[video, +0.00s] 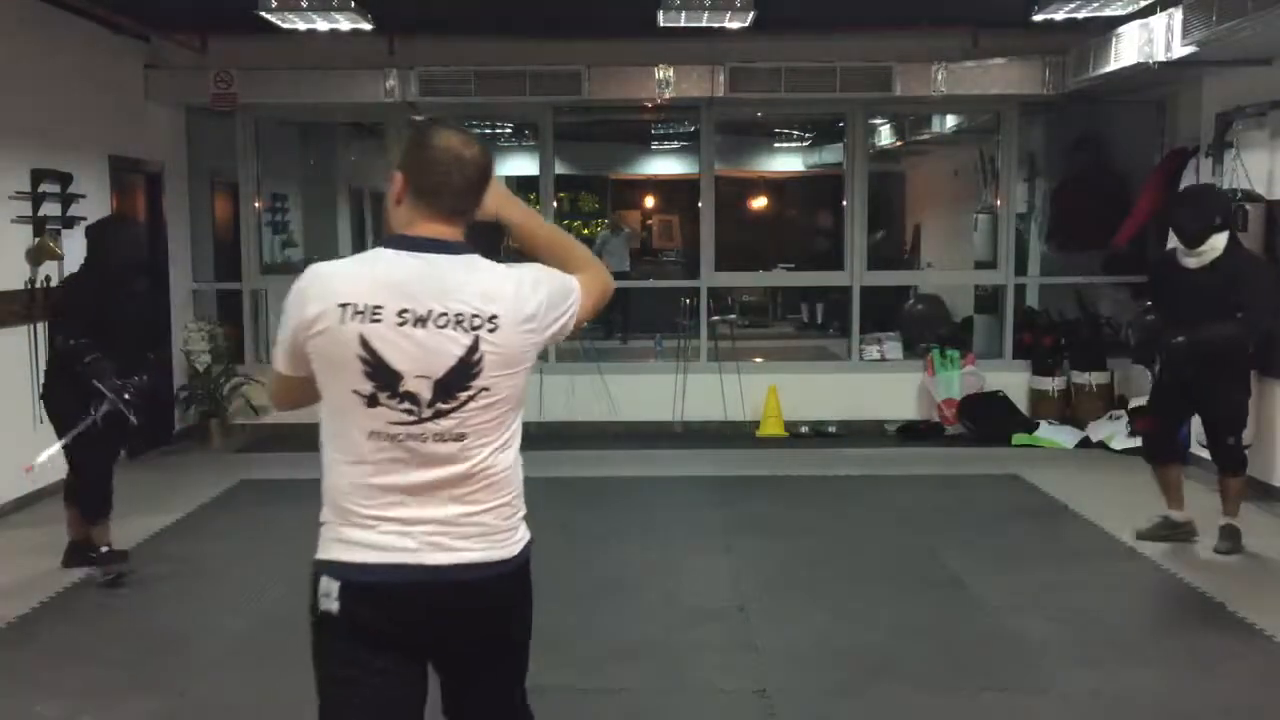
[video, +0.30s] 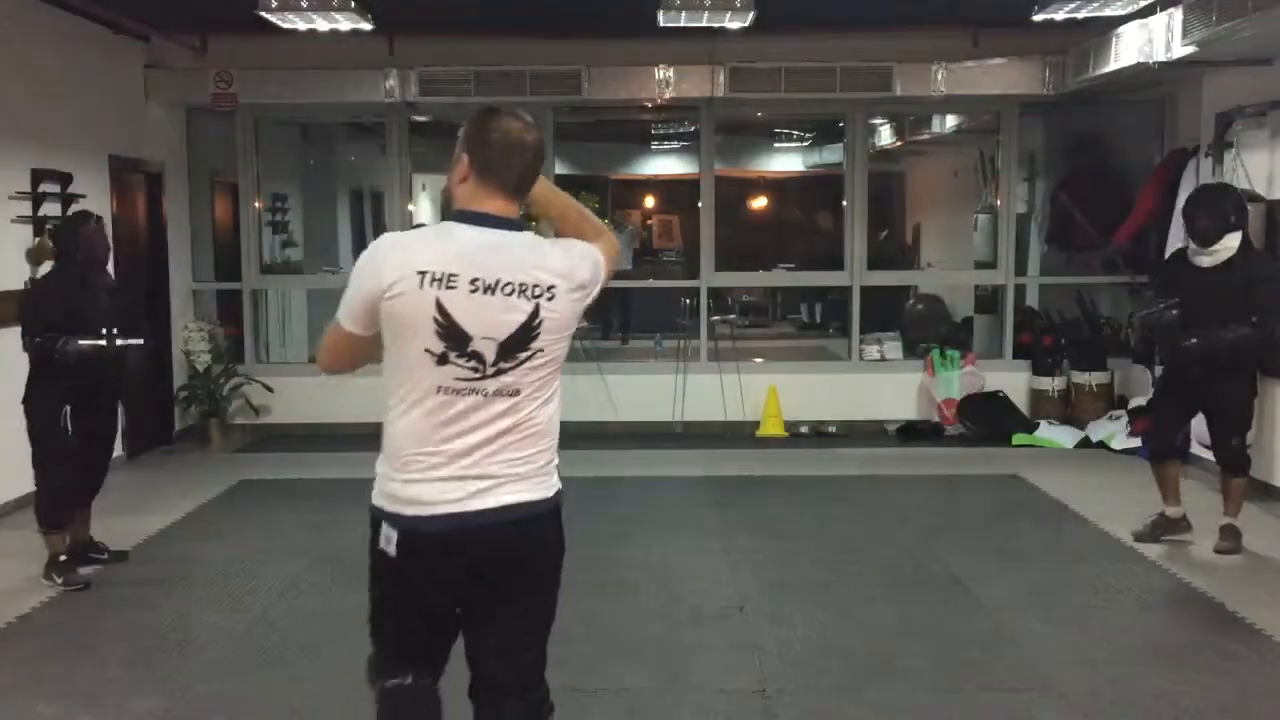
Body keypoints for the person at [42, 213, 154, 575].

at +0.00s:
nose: (132, 255)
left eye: (133, 246)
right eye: (123, 246)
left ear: (134, 249)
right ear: (104, 249)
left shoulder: (132, 291)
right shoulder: (76, 287)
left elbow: (143, 348)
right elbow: (68, 340)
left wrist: (136, 380)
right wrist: (101, 372)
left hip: (109, 387)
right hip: (71, 387)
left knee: (89, 461)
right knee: (94, 461)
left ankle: (79, 542)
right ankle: (102, 545)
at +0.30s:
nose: (104, 242)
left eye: (103, 235)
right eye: (95, 236)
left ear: (100, 240)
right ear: (74, 244)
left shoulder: (107, 286)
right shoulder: (48, 286)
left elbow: (128, 327)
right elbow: (32, 340)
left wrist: (126, 342)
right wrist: (59, 347)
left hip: (96, 389)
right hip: (53, 394)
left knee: (91, 462)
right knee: (56, 467)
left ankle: (81, 542)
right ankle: (56, 557)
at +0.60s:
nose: (72, 244)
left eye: (72, 237)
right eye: (62, 238)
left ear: (74, 242)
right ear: (39, 246)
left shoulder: (90, 290)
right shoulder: (19, 296)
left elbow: (115, 338)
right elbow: (22, 351)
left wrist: (107, 354)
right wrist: (67, 342)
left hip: (88, 392)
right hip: (40, 398)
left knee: (96, 462)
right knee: (47, 469)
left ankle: (82, 542)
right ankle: (53, 559)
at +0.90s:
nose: (63, 245)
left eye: (62, 237)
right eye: (53, 239)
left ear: (62, 240)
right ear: (29, 247)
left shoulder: (73, 290)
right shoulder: (17, 296)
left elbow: (95, 348)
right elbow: (28, 355)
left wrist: (111, 352)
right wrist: (79, 346)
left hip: (85, 398)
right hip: (44, 403)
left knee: (93, 468)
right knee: (52, 475)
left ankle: (81, 544)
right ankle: (55, 560)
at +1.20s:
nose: (70, 237)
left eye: (67, 230)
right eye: (60, 231)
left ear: (55, 240)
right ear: (36, 243)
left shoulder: (75, 287)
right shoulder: (20, 296)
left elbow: (88, 338)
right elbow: (38, 350)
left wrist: (116, 336)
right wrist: (97, 340)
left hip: (88, 397)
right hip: (48, 404)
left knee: (101, 465)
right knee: (55, 477)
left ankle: (86, 540)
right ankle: (55, 560)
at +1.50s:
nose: (90, 254)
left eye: (90, 246)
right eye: (83, 246)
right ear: (62, 249)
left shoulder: (86, 290)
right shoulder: (32, 296)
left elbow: (98, 333)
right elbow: (52, 352)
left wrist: (125, 335)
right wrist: (110, 339)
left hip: (98, 397)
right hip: (60, 402)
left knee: (100, 469)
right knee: (66, 475)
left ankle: (90, 545)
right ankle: (58, 559)